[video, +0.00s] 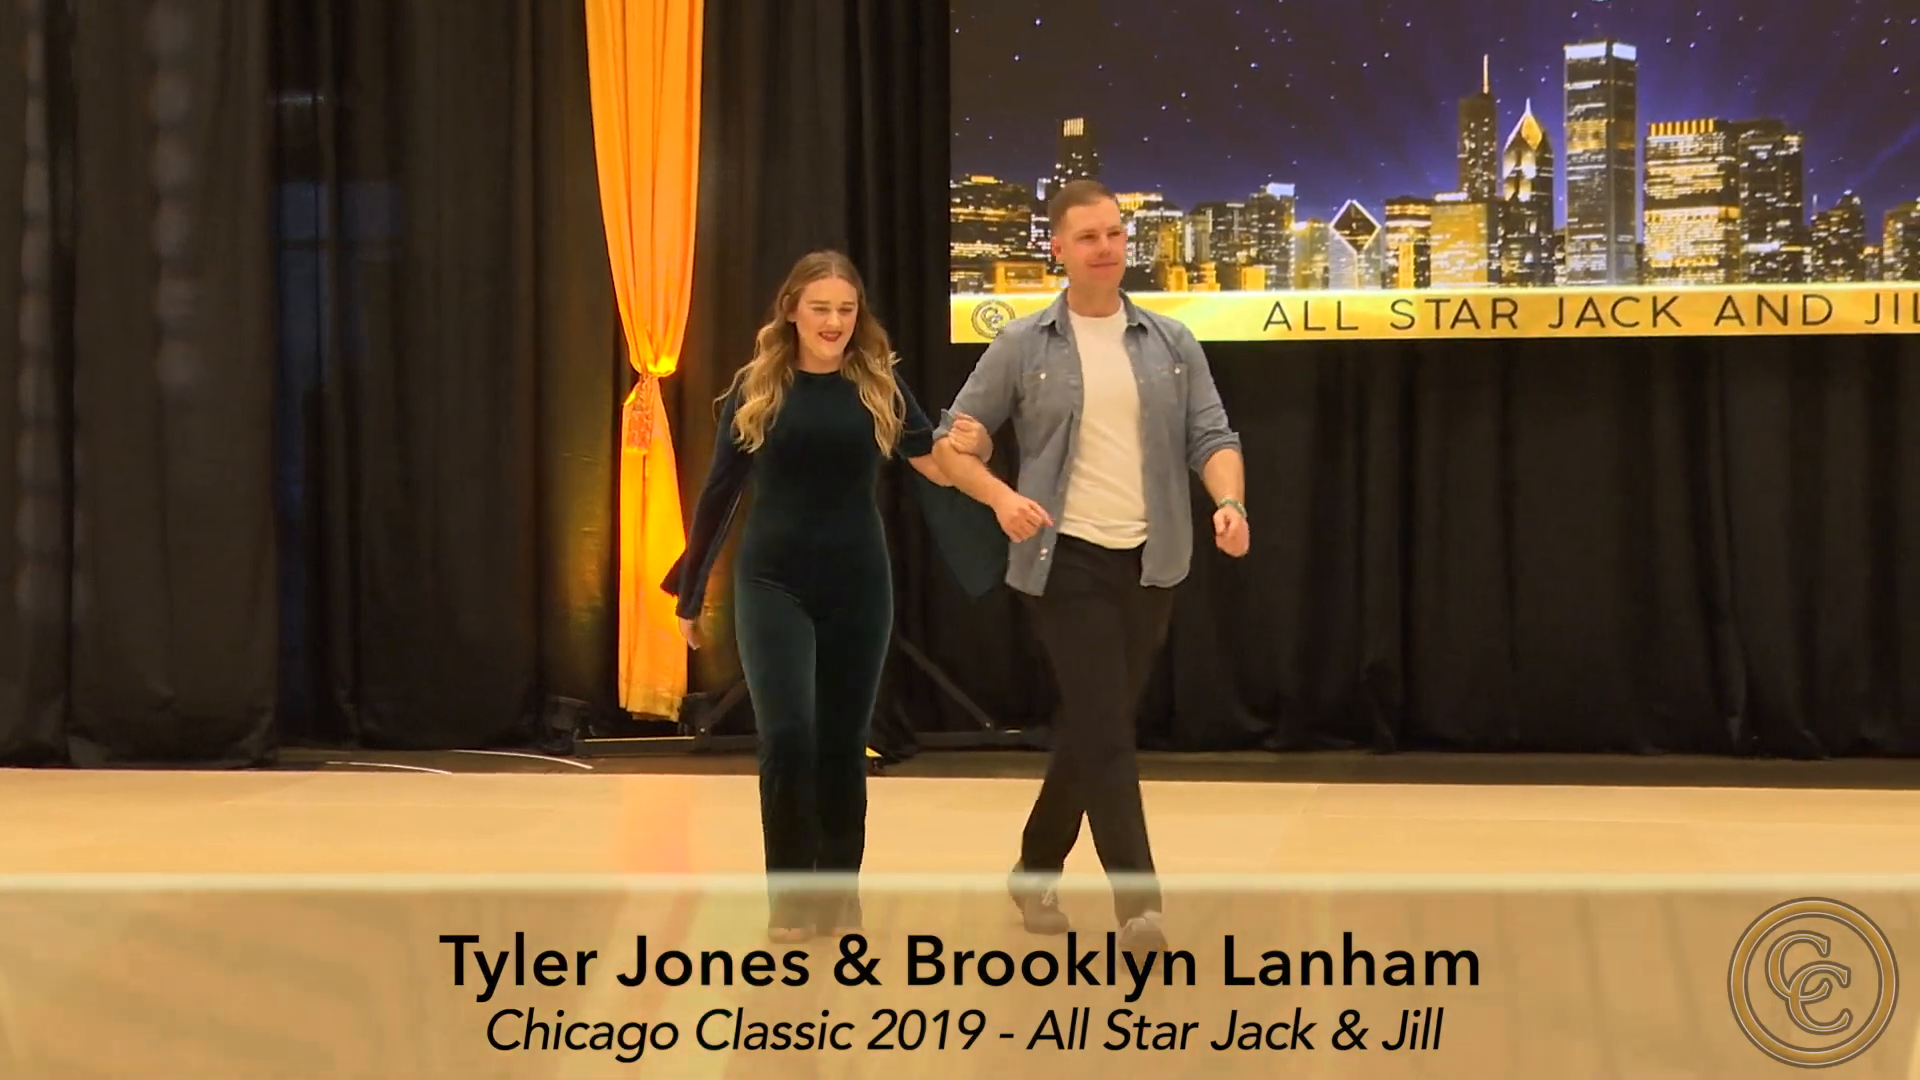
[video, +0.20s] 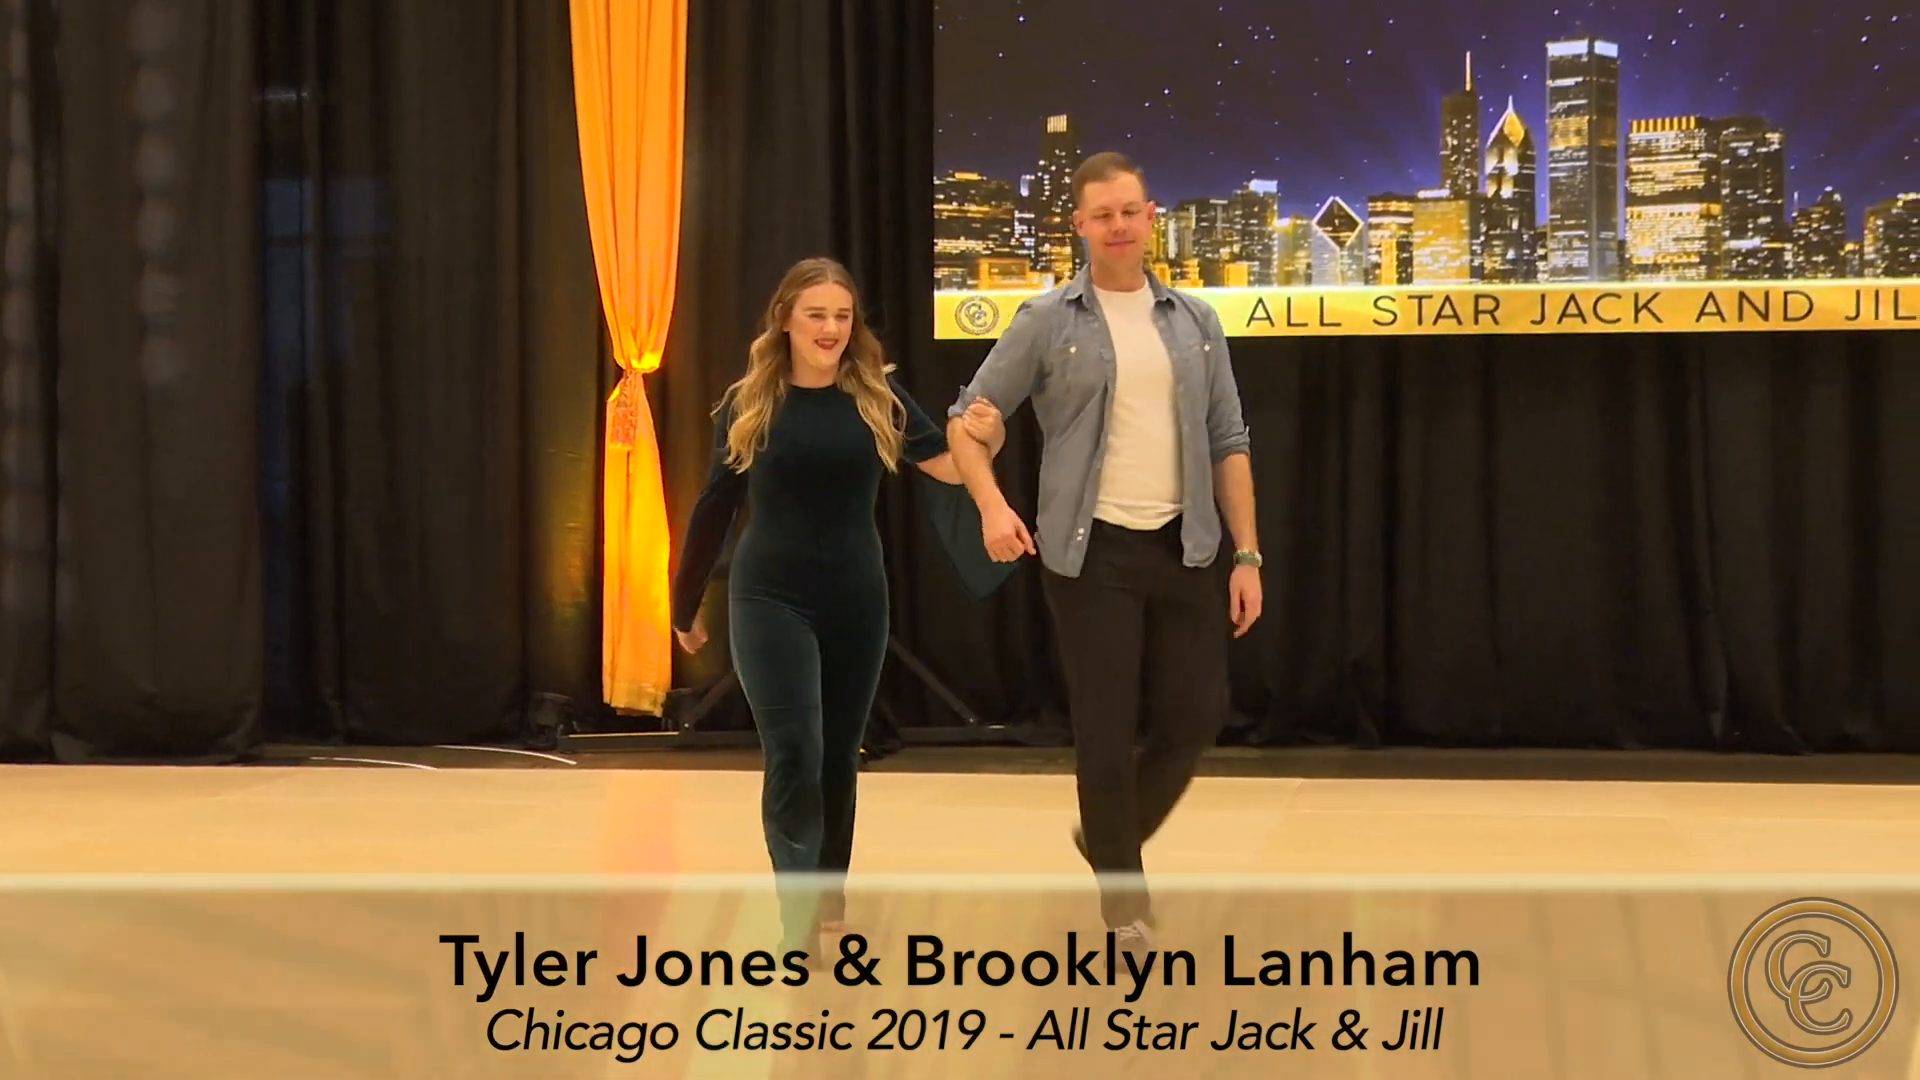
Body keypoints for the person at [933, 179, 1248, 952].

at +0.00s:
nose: (1106, 245)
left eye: (1115, 232)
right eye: (1088, 235)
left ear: (1128, 242)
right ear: (1057, 250)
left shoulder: (1172, 340)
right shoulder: (1021, 347)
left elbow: (1211, 435)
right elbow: (951, 448)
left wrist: (1229, 502)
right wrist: (1001, 496)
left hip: (1153, 562)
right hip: (1064, 560)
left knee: (1096, 724)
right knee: (1104, 728)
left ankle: (1034, 876)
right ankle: (1141, 909)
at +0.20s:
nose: (1119, 225)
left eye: (1130, 210)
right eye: (1103, 213)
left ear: (1151, 217)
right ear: (1079, 224)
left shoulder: (1196, 319)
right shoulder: (1046, 319)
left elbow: (1228, 442)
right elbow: (969, 425)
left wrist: (1246, 553)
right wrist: (992, 505)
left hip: (1187, 548)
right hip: (1091, 547)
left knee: (1194, 719)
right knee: (1107, 733)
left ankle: (1108, 832)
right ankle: (1126, 913)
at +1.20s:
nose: (1090, 229)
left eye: (1102, 212)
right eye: (1085, 214)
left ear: (1157, 205)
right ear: (1103, 215)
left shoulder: (1249, 303)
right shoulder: (1088, 317)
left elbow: (1299, 418)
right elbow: (1029, 430)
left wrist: (1298, 521)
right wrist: (945, 518)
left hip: (1235, 552)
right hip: (1136, 551)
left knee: (1206, 746)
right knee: (1182, 740)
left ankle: (1160, 914)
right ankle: (1218, 935)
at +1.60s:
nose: (1052, 202)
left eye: (1064, 185)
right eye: (1049, 187)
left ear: (1119, 183)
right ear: (1084, 189)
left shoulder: (1209, 282)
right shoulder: (1052, 297)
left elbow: (1254, 419)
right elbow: (1009, 409)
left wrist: (1264, 548)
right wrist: (938, 425)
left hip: (1194, 539)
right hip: (1087, 544)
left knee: (1231, 733)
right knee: (1119, 744)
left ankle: (1282, 927)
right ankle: (1155, 932)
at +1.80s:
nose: (1037, 199)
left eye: (1049, 183)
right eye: (1035, 185)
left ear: (1105, 184)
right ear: (1072, 190)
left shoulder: (1189, 283)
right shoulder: (1040, 300)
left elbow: (1224, 420)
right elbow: (1017, 422)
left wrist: (1226, 549)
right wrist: (1007, 535)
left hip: (1166, 536)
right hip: (1066, 541)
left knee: (1189, 719)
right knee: (1095, 738)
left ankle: (1222, 917)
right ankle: (1129, 919)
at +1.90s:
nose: (1029, 201)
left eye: (1042, 185)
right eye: (1028, 187)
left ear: (1097, 187)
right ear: (1072, 192)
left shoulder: (1176, 286)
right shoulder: (1039, 303)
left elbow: (1214, 420)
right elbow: (1012, 427)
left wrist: (1197, 548)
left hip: (1142, 543)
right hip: (1052, 545)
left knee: (1160, 727)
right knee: (1083, 739)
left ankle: (1192, 925)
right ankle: (1118, 915)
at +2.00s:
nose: (1026, 201)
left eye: (1039, 185)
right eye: (1026, 187)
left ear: (1095, 189)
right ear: (1071, 193)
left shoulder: (1163, 287)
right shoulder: (1053, 299)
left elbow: (1204, 421)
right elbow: (1021, 423)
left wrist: (1160, 538)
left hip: (1127, 553)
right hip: (1048, 551)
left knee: (1137, 747)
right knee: (1077, 743)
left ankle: (1171, 954)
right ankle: (1112, 917)